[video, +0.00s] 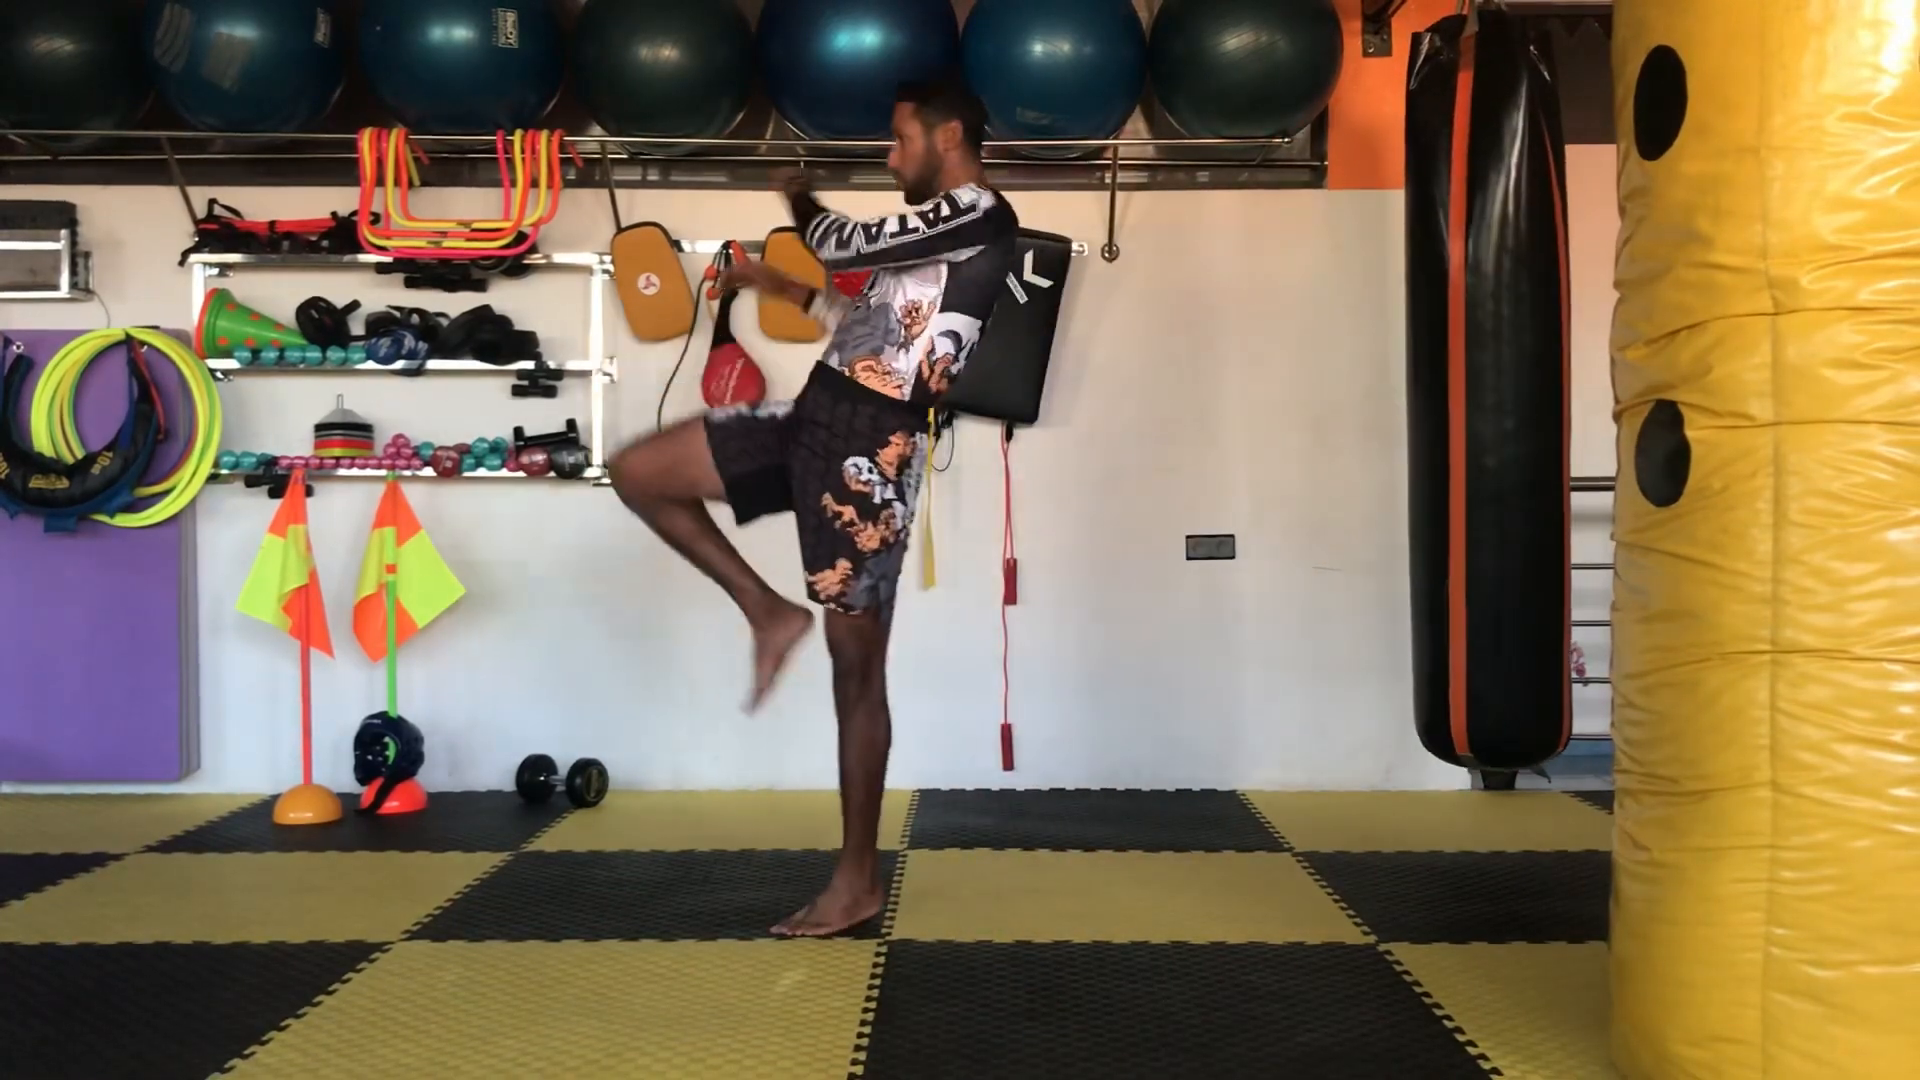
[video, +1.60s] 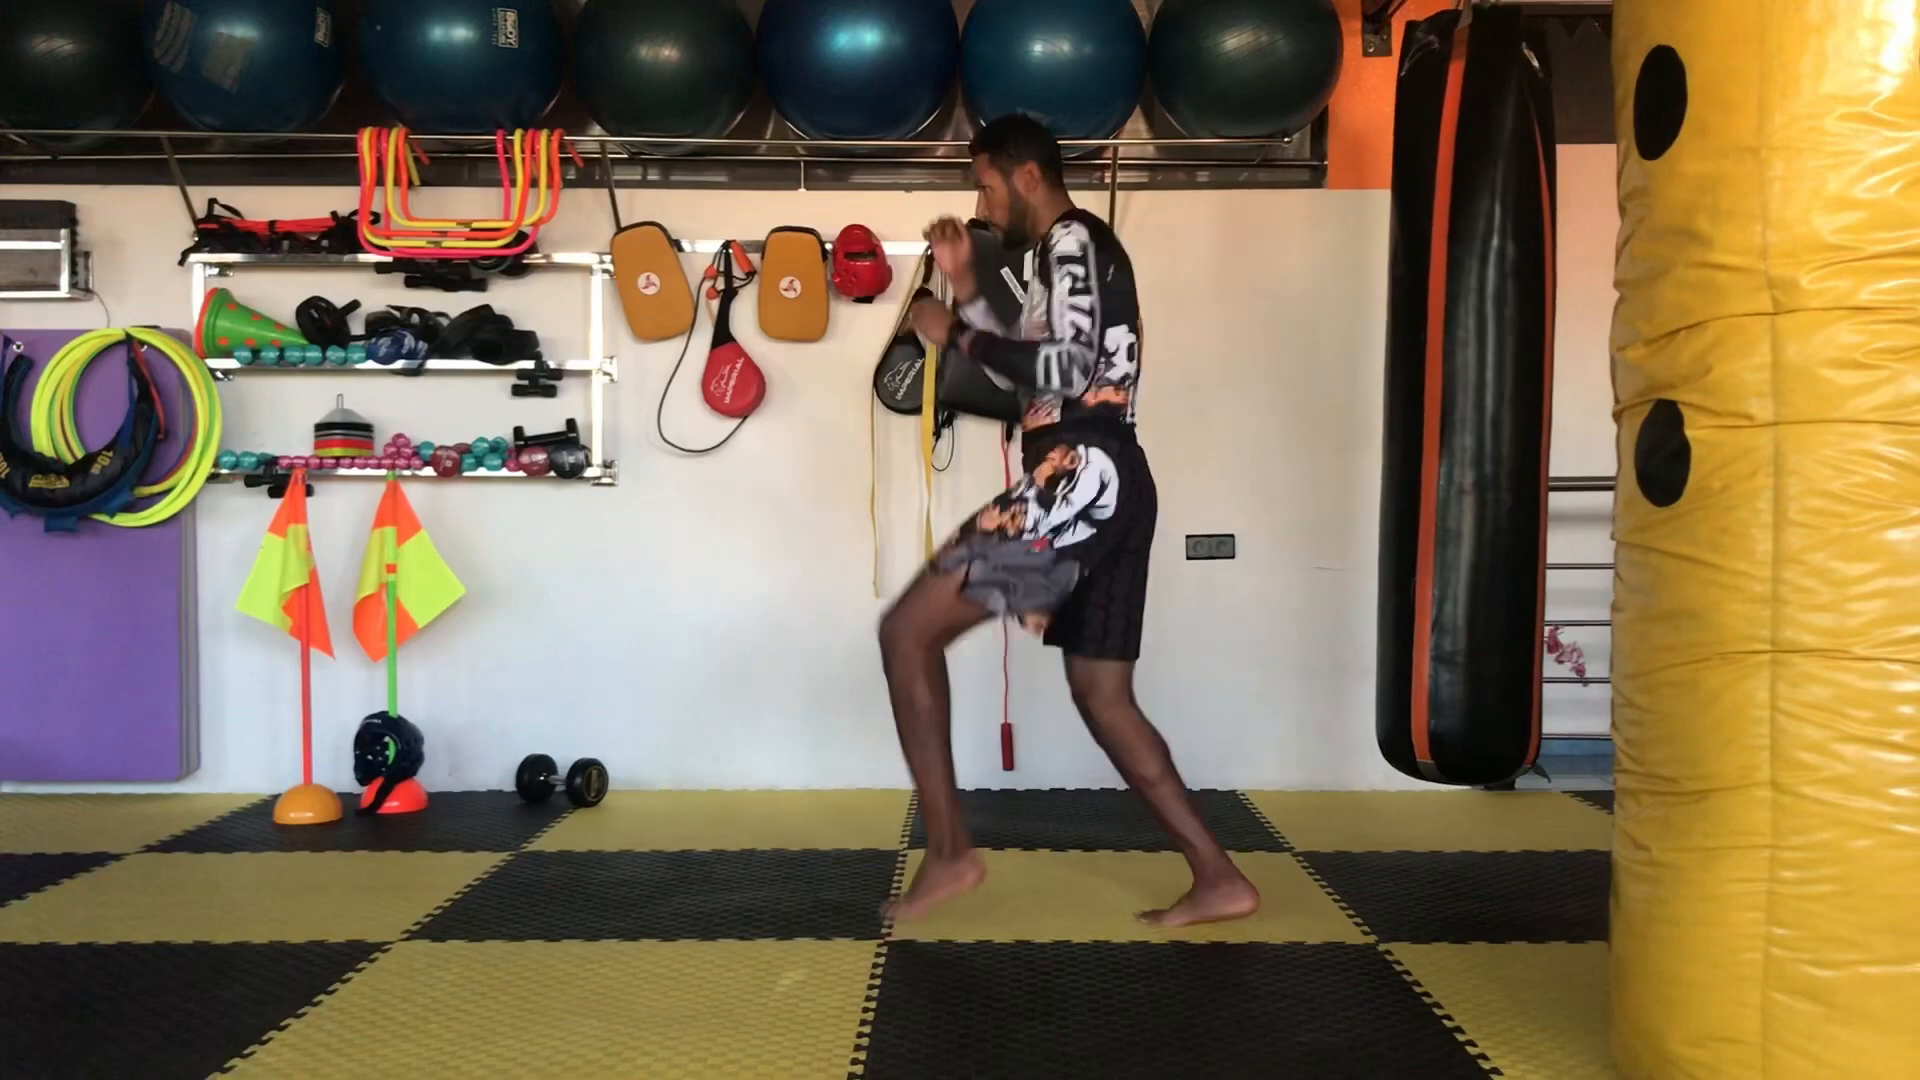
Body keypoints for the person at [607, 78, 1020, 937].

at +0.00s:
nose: (892, 155)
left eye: (901, 138)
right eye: (892, 140)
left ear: (948, 137)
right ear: (947, 138)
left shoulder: (977, 218)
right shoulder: (921, 223)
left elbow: (847, 248)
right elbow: (856, 301)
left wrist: (799, 202)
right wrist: (779, 283)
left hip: (870, 447)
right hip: (810, 423)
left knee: (857, 669)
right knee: (638, 471)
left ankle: (858, 877)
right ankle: (768, 612)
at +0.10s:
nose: (877, 144)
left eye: (886, 126)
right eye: (879, 128)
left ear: (935, 128)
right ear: (934, 133)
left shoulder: (960, 208)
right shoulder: (929, 213)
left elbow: (854, 270)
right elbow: (866, 287)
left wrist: (764, 227)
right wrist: (798, 239)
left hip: (886, 452)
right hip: (836, 439)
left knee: (867, 667)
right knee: (687, 547)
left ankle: (858, 878)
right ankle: (832, 665)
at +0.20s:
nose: (873, 144)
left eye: (882, 128)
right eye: (875, 129)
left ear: (924, 128)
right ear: (930, 131)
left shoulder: (947, 208)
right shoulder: (941, 214)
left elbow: (897, 311)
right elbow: (892, 323)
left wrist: (761, 298)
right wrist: (846, 250)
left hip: (900, 457)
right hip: (864, 449)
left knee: (870, 673)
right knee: (770, 615)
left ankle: (858, 884)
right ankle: (938, 717)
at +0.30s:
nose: (881, 145)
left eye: (889, 129)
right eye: (882, 130)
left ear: (931, 132)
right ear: (942, 136)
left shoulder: (947, 214)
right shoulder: (957, 218)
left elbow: (956, 341)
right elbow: (889, 333)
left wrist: (817, 361)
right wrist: (869, 246)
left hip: (909, 453)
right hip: (917, 451)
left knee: (864, 666)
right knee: (882, 657)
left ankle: (859, 886)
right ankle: (1040, 760)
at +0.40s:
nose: (901, 153)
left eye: (907, 137)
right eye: (902, 138)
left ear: (949, 139)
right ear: (965, 142)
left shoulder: (963, 227)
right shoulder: (987, 225)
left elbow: (993, 366)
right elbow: (934, 354)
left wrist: (862, 397)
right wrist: (896, 263)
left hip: (937, 459)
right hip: (967, 460)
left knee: (860, 663)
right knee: (980, 661)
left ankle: (860, 887)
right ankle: (1129, 811)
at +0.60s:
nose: (952, 199)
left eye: (958, 182)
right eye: (952, 182)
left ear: (998, 182)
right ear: (1019, 184)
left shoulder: (1016, 263)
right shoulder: (1066, 259)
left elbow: (1015, 406)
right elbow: (1020, 383)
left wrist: (906, 385)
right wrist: (963, 311)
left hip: (1037, 495)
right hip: (1085, 494)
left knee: (871, 662)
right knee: (1104, 705)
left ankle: (868, 886)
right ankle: (1206, 894)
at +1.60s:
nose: (983, 205)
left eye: (987, 188)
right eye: (980, 191)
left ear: (1028, 176)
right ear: (1035, 178)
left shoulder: (1069, 244)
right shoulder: (1075, 244)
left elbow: (1066, 369)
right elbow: (1031, 361)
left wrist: (960, 339)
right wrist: (972, 291)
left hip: (1076, 480)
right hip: (1113, 481)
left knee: (908, 631)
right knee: (1104, 696)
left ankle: (948, 854)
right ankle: (1218, 879)